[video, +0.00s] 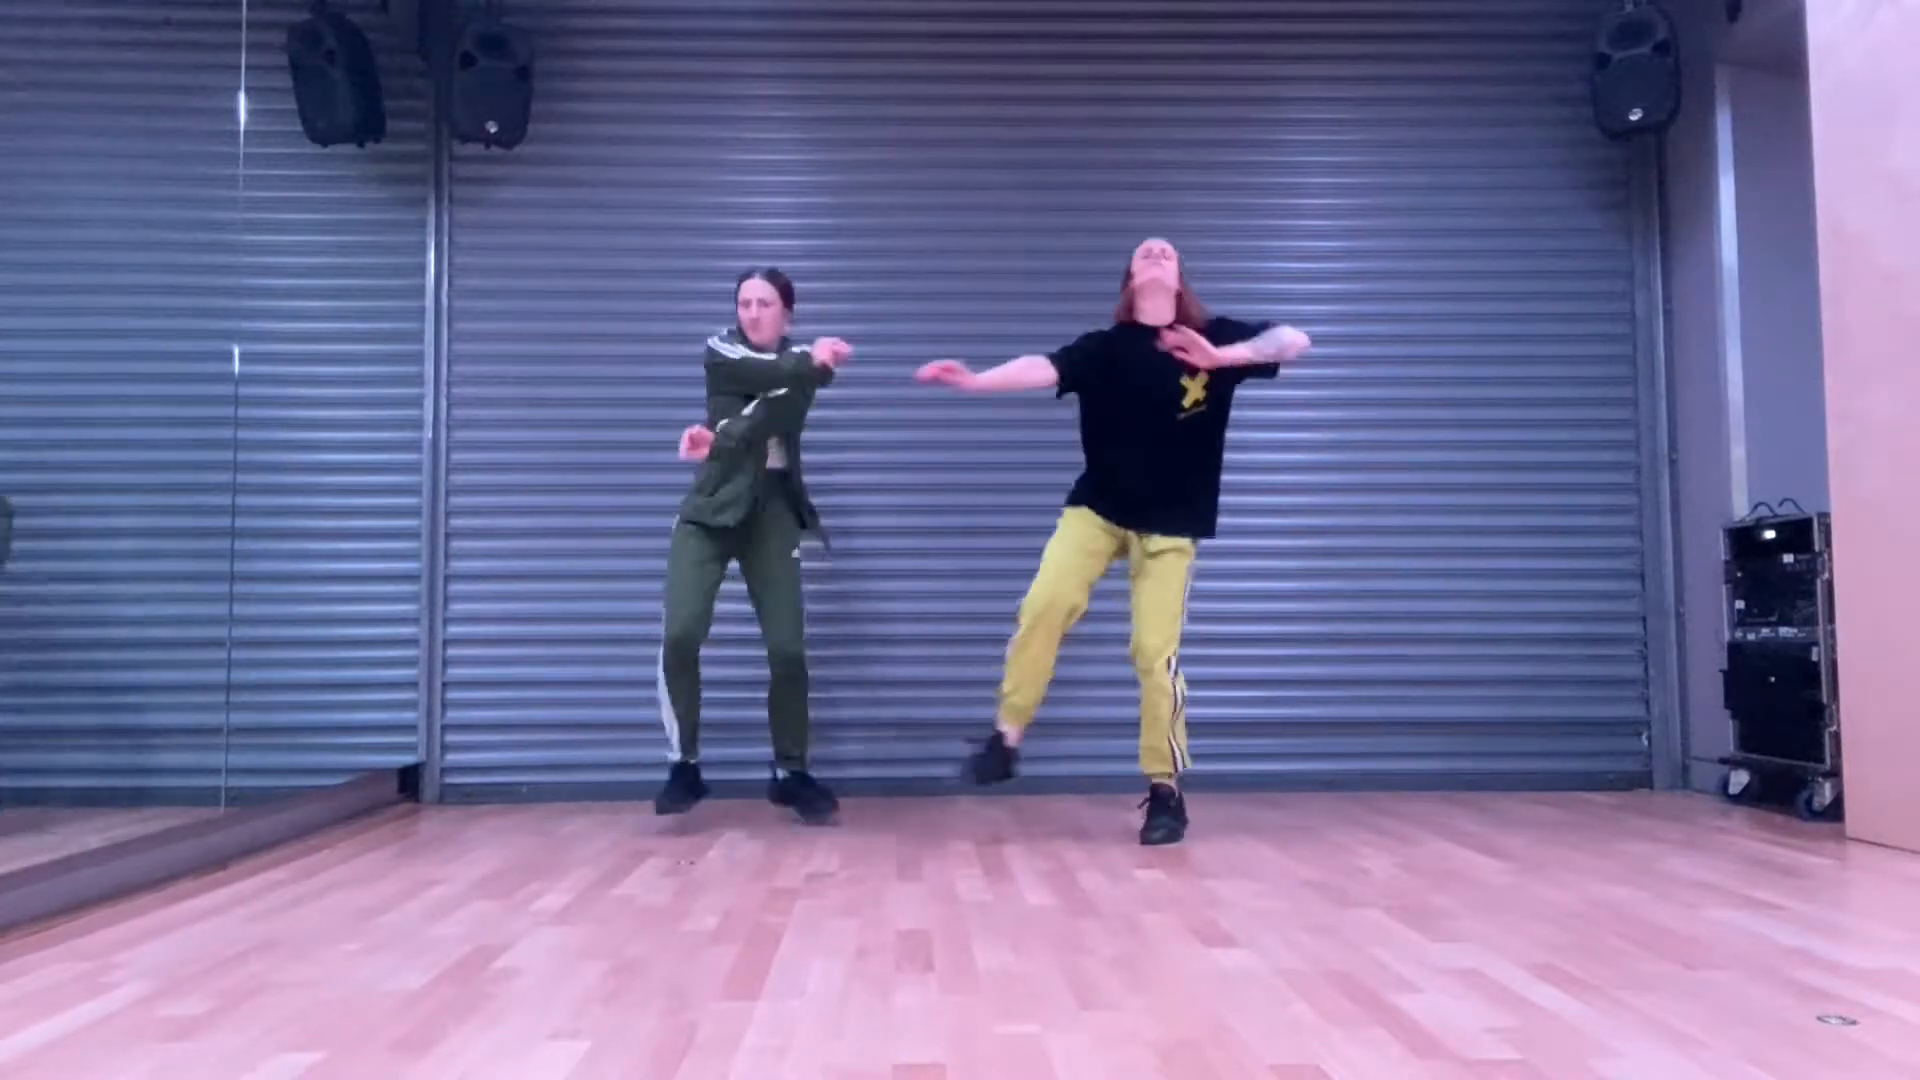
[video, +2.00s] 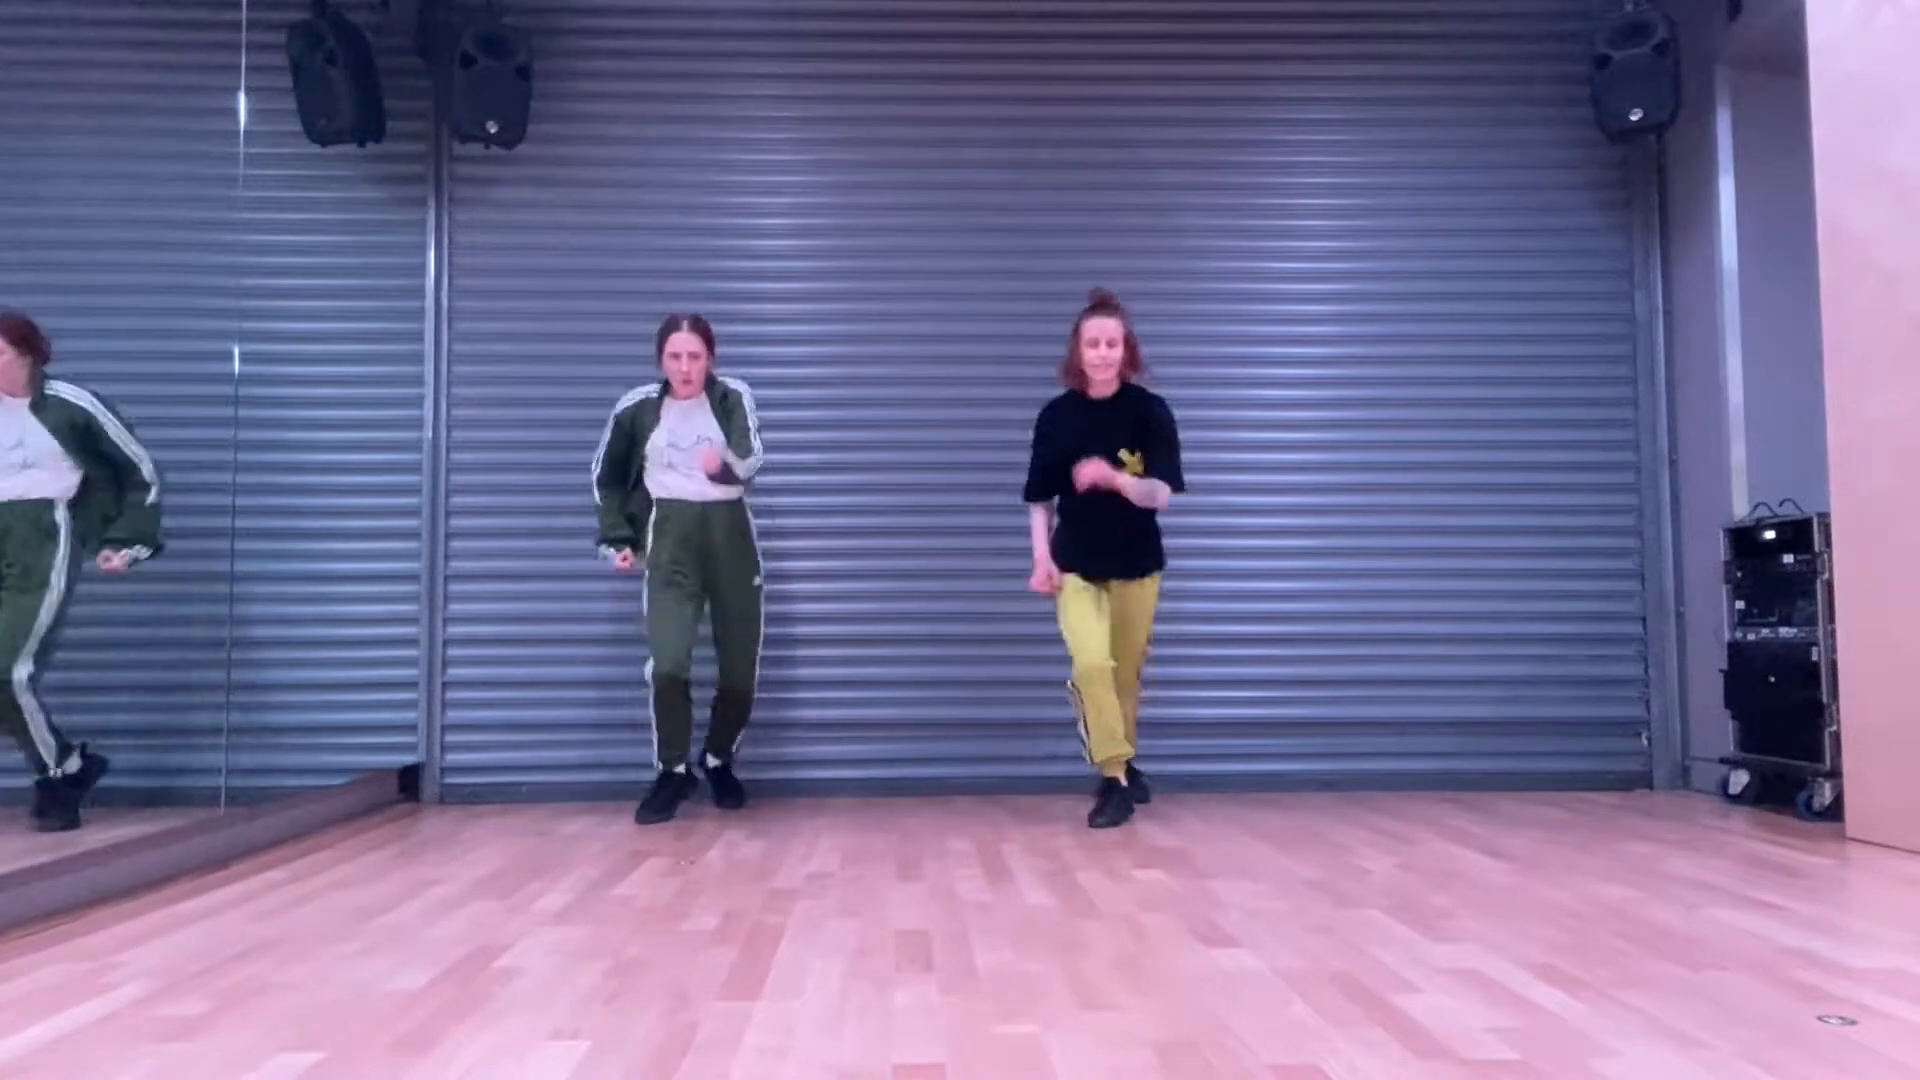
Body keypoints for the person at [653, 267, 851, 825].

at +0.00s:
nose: (753, 312)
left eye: (765, 304)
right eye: (745, 304)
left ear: (788, 314)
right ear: (735, 313)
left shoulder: (804, 366)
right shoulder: (719, 352)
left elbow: (778, 414)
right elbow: (759, 369)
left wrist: (719, 435)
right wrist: (812, 362)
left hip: (772, 507)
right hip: (709, 505)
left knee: (788, 648)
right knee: (680, 635)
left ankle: (790, 774)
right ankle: (684, 768)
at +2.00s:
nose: (685, 366)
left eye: (694, 357)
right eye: (675, 356)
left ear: (710, 361)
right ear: (661, 361)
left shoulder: (732, 399)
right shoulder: (636, 409)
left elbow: (748, 461)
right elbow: (609, 477)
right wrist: (618, 539)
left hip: (730, 536)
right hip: (669, 539)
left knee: (740, 666)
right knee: (668, 664)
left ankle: (719, 761)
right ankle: (672, 771)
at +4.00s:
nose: (667, 299)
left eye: (681, 289)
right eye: (658, 289)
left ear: (705, 302)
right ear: (646, 303)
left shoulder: (731, 382)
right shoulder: (635, 361)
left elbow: (786, 454)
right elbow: (613, 347)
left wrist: (853, 447)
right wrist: (603, 328)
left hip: (707, 544)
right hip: (629, 540)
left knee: (720, 685)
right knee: (552, 682)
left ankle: (746, 820)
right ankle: (471, 824)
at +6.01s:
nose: (537, 331)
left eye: (550, 318)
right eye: (536, 319)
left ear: (589, 327)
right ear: (549, 331)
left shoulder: (625, 372)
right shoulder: (558, 396)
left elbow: (705, 444)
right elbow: (530, 469)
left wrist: (698, 532)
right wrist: (556, 487)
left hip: (635, 549)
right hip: (662, 559)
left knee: (548, 673)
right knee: (615, 699)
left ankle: (567, 809)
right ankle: (705, 804)